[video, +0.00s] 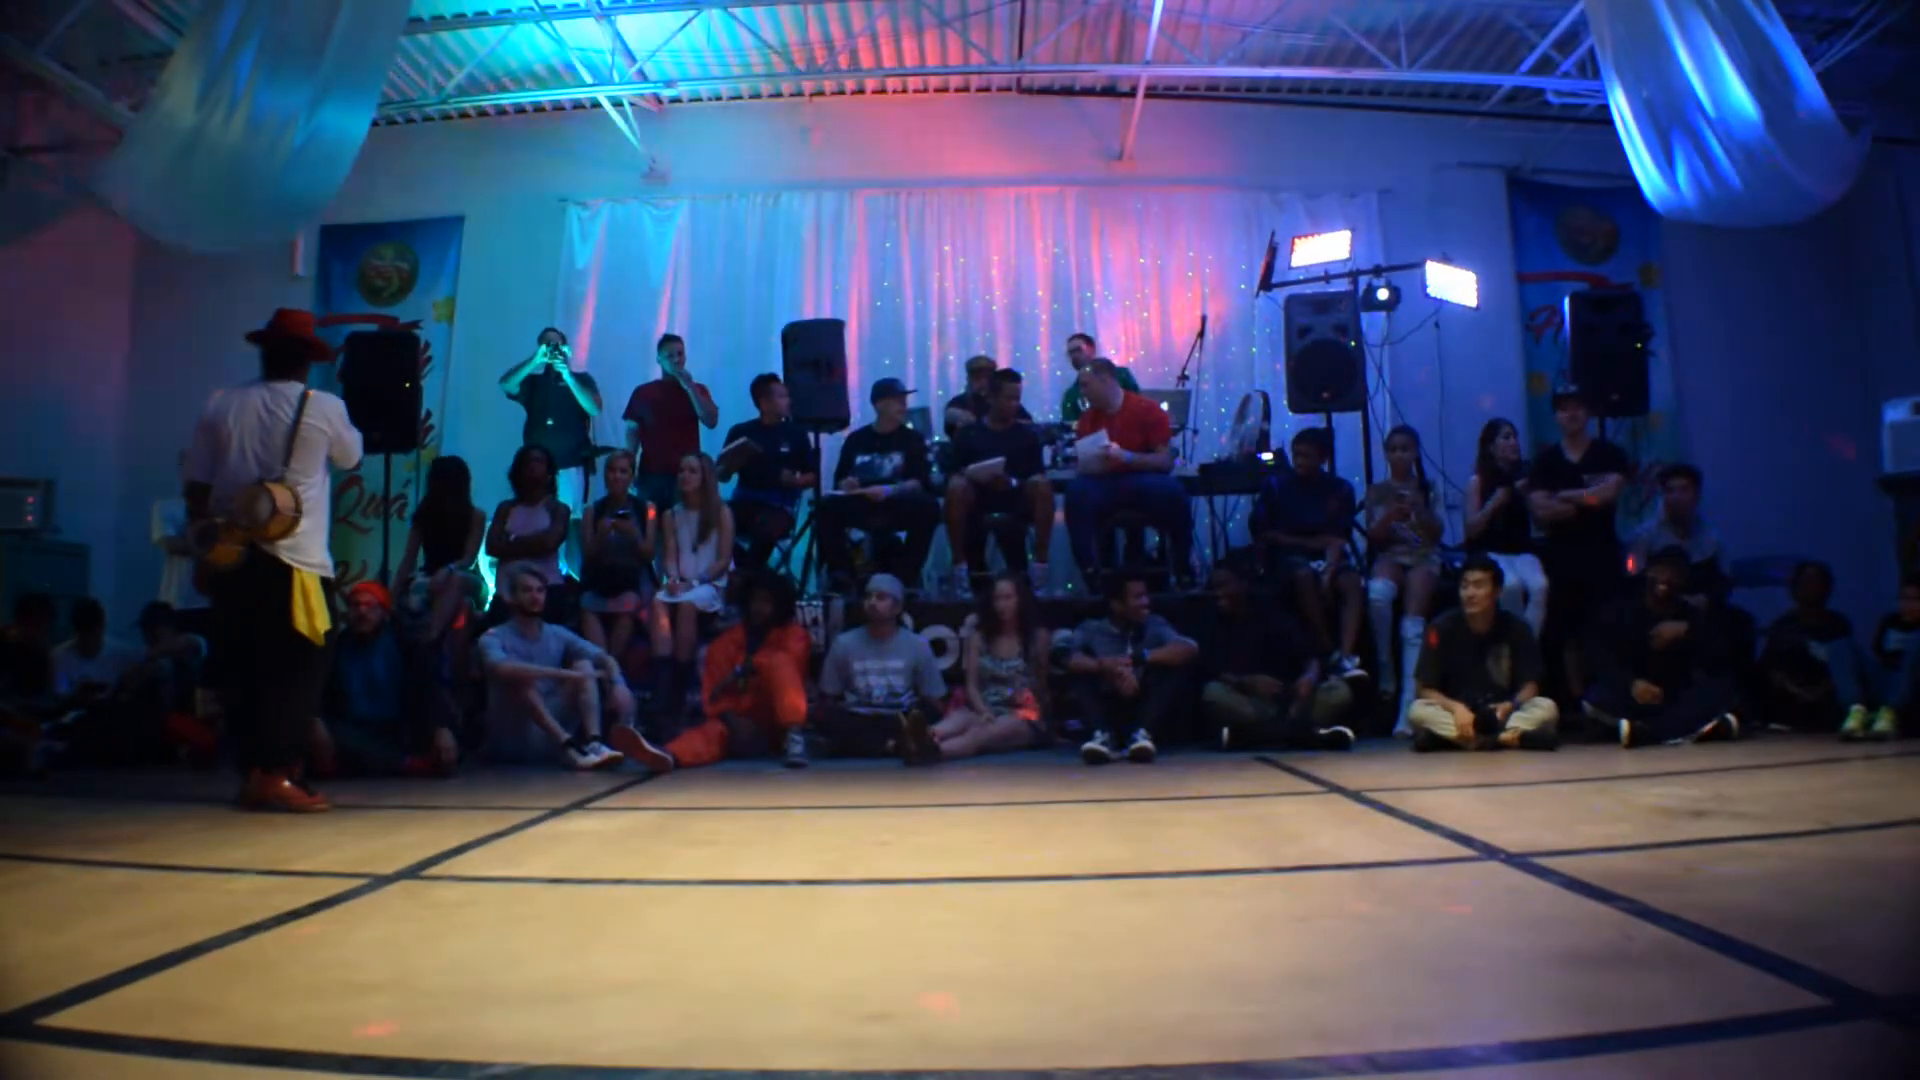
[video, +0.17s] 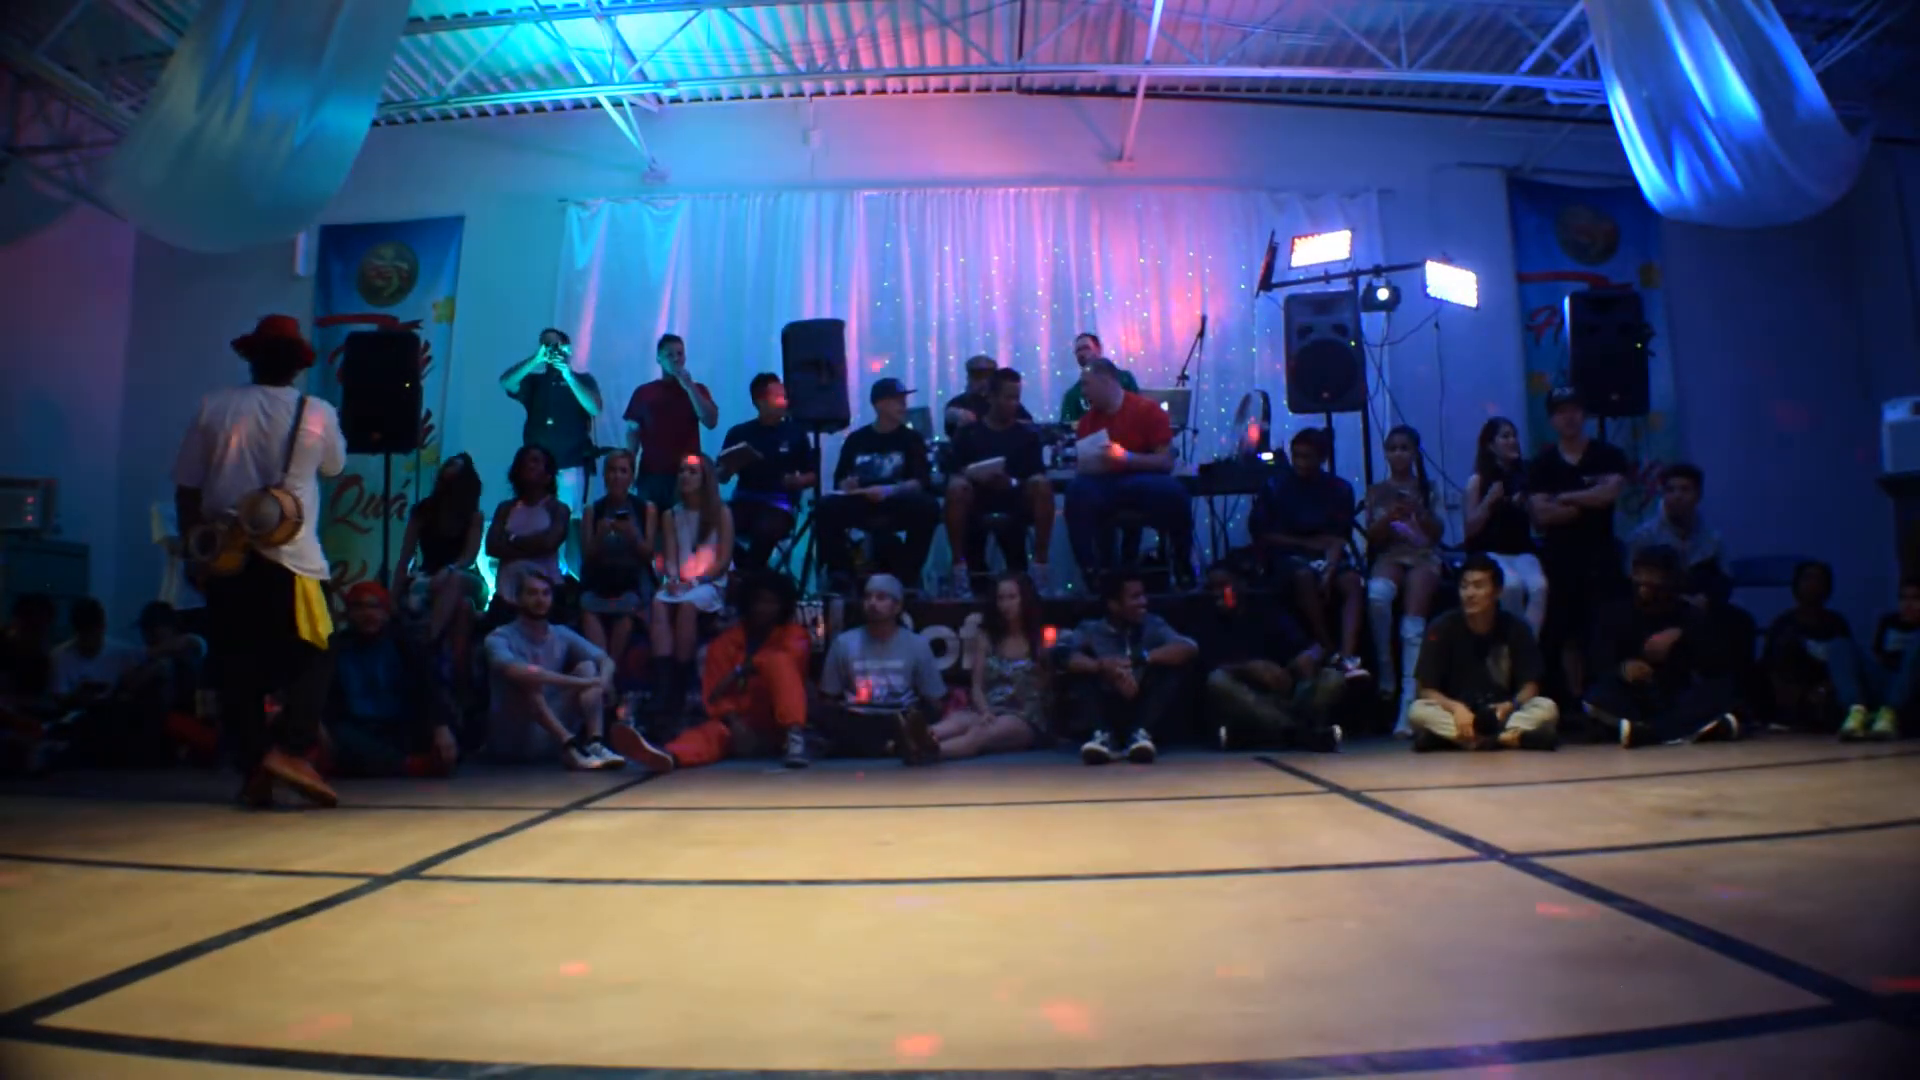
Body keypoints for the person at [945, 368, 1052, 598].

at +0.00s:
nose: (1016, 405)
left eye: (1018, 398)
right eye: (1010, 398)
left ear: (1020, 398)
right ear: (991, 398)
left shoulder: (1027, 434)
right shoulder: (969, 433)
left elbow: (1037, 473)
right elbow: (954, 470)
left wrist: (1009, 482)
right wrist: (974, 476)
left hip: (1014, 491)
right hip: (979, 491)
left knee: (1042, 487)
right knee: (957, 488)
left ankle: (1041, 563)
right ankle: (959, 566)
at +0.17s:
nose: (1015, 404)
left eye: (1017, 398)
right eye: (1009, 398)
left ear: (1020, 398)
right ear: (991, 397)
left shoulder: (1027, 434)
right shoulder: (969, 433)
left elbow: (1037, 475)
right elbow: (953, 469)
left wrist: (1010, 482)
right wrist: (974, 476)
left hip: (1013, 490)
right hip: (979, 491)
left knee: (1041, 486)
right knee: (957, 487)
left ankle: (1041, 565)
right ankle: (959, 566)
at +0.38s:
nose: (1012, 401)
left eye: (1014, 395)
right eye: (1006, 395)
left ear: (1018, 396)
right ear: (989, 396)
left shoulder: (1028, 432)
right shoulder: (969, 431)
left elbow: (1037, 473)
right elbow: (955, 468)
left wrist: (1010, 482)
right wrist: (974, 475)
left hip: (1014, 489)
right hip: (980, 490)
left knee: (1041, 486)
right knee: (957, 487)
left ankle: (1040, 563)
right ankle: (959, 566)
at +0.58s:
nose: (989, 395)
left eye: (995, 388)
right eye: (985, 389)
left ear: (1009, 394)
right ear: (978, 395)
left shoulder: (1027, 431)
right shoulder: (968, 432)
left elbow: (1037, 472)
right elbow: (955, 468)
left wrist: (1010, 482)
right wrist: (973, 475)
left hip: (1014, 490)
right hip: (980, 490)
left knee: (1041, 485)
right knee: (957, 487)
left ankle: (1039, 560)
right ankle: (959, 564)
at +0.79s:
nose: (976, 395)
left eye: (982, 389)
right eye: (975, 389)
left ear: (1003, 396)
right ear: (974, 396)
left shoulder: (1024, 432)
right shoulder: (966, 432)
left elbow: (1035, 473)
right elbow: (954, 469)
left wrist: (1006, 481)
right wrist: (975, 476)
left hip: (1012, 489)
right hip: (978, 491)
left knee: (1040, 487)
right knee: (957, 487)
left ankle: (1040, 564)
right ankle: (959, 567)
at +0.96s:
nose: (971, 396)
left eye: (976, 390)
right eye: (970, 391)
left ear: (995, 392)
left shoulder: (1022, 433)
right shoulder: (964, 434)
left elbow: (1034, 474)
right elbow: (952, 473)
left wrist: (1005, 482)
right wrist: (977, 476)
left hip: (1011, 492)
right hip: (977, 493)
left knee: (1040, 487)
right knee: (956, 489)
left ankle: (1040, 565)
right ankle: (958, 567)